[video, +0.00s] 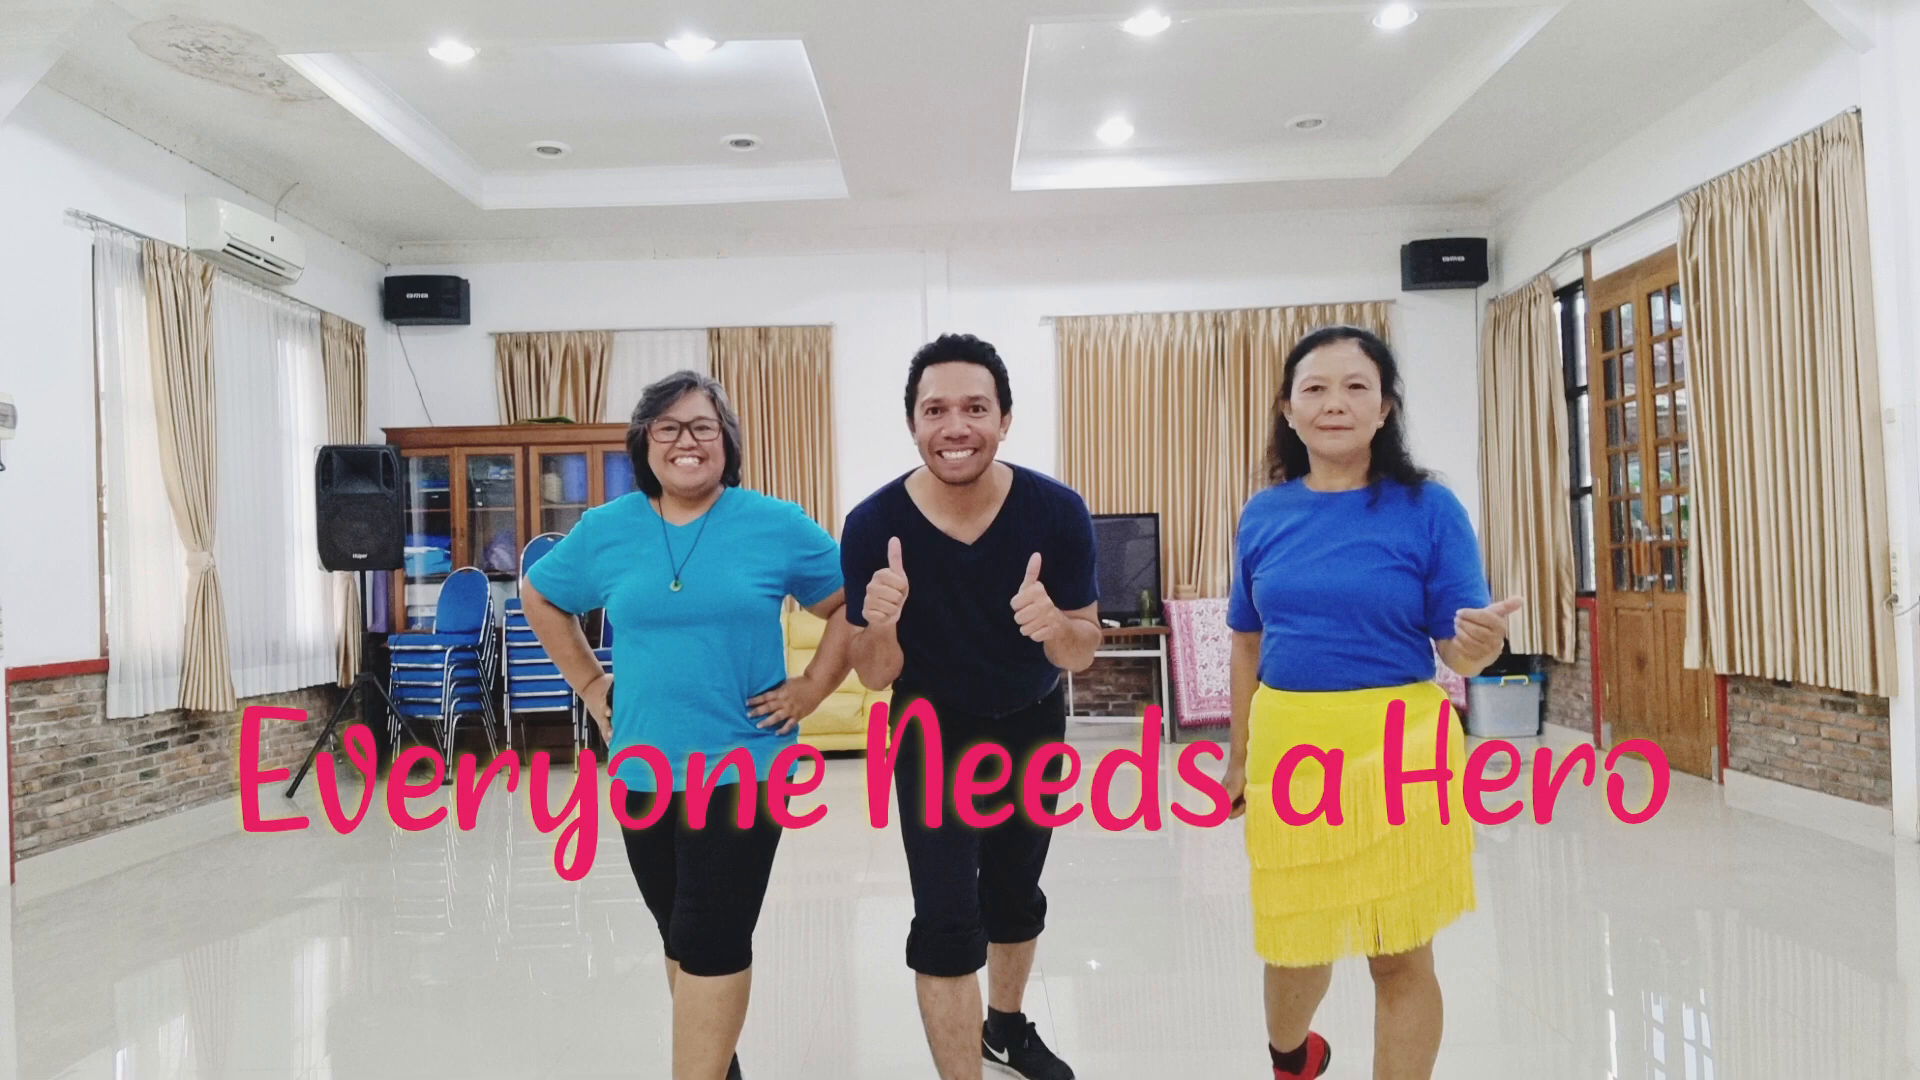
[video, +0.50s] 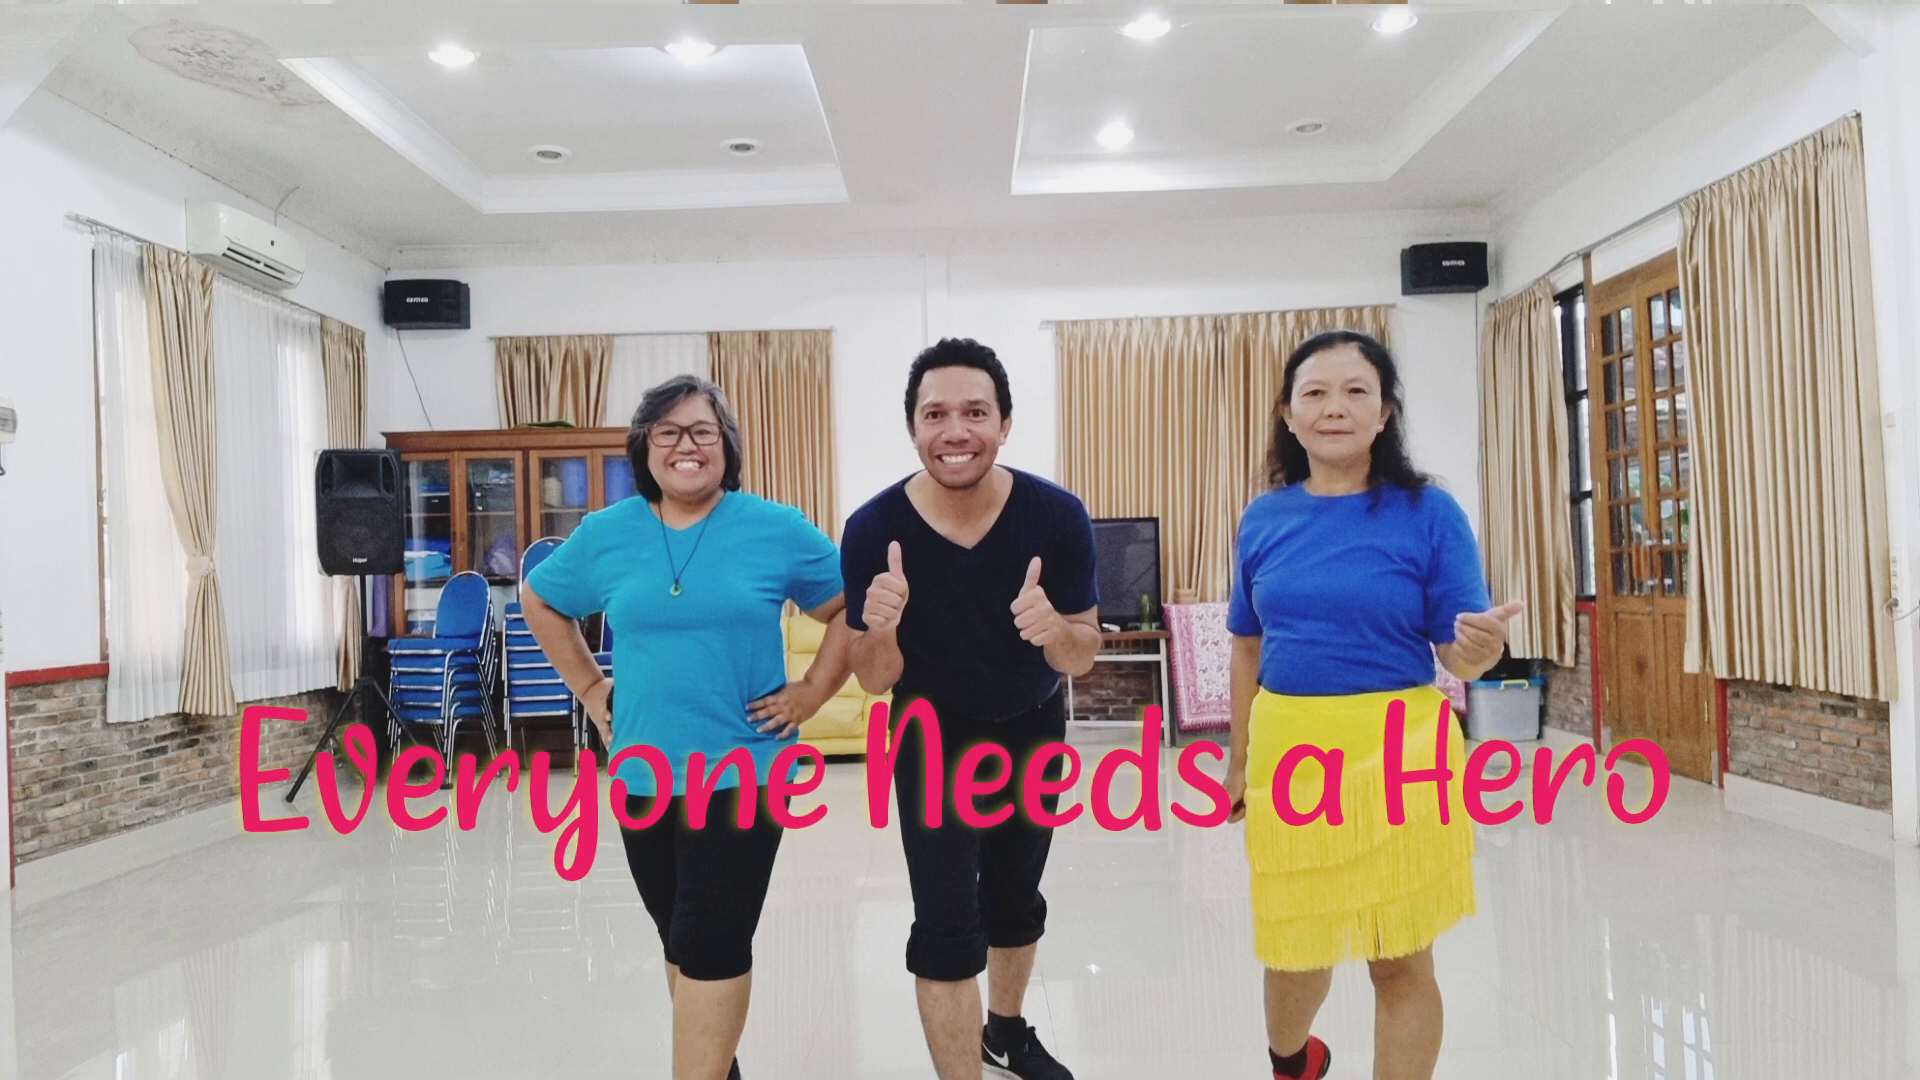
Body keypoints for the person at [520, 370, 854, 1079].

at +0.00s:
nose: (687, 440)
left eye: (702, 428)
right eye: (670, 428)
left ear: (727, 443)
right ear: (645, 446)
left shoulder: (778, 527)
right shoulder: (605, 530)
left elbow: (853, 605)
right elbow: (538, 594)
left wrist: (812, 686)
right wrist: (590, 683)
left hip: (746, 773)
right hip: (643, 775)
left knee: (708, 946)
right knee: (683, 944)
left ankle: (696, 1079)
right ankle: (722, 1070)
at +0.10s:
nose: (687, 440)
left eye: (702, 428)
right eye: (670, 428)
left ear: (727, 443)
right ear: (645, 446)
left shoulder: (778, 527)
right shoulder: (605, 530)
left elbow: (853, 605)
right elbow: (538, 594)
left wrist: (812, 686)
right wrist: (590, 683)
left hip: (746, 773)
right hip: (643, 775)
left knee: (708, 946)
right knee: (683, 944)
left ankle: (696, 1079)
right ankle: (722, 1070)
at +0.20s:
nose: (687, 440)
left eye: (702, 428)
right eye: (670, 428)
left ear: (727, 443)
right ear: (645, 446)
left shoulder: (778, 527)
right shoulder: (605, 530)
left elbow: (853, 605)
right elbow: (538, 594)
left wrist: (812, 686)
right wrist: (590, 683)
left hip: (746, 773)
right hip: (643, 775)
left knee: (708, 946)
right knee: (683, 944)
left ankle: (696, 1079)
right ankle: (722, 1070)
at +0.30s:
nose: (687, 440)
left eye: (702, 428)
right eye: (670, 428)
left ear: (727, 443)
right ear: (645, 446)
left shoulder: (778, 527)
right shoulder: (605, 530)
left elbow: (853, 605)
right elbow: (538, 594)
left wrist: (812, 686)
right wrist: (590, 683)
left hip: (746, 773)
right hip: (643, 775)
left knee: (708, 946)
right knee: (683, 944)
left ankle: (696, 1079)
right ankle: (722, 1070)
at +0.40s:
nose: (687, 440)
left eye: (702, 428)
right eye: (670, 428)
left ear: (727, 443)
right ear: (645, 446)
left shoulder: (778, 527)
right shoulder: (605, 530)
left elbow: (853, 605)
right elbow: (538, 594)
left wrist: (812, 686)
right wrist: (590, 683)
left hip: (746, 773)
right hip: (643, 775)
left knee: (708, 946)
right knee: (683, 944)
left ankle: (696, 1079)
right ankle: (722, 1070)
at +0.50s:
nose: (687, 445)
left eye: (703, 432)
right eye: (670, 433)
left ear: (727, 447)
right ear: (645, 450)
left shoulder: (779, 532)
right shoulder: (606, 535)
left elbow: (852, 611)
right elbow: (537, 598)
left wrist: (812, 690)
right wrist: (590, 686)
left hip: (746, 777)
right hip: (643, 779)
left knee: (708, 950)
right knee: (683, 948)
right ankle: (721, 1070)